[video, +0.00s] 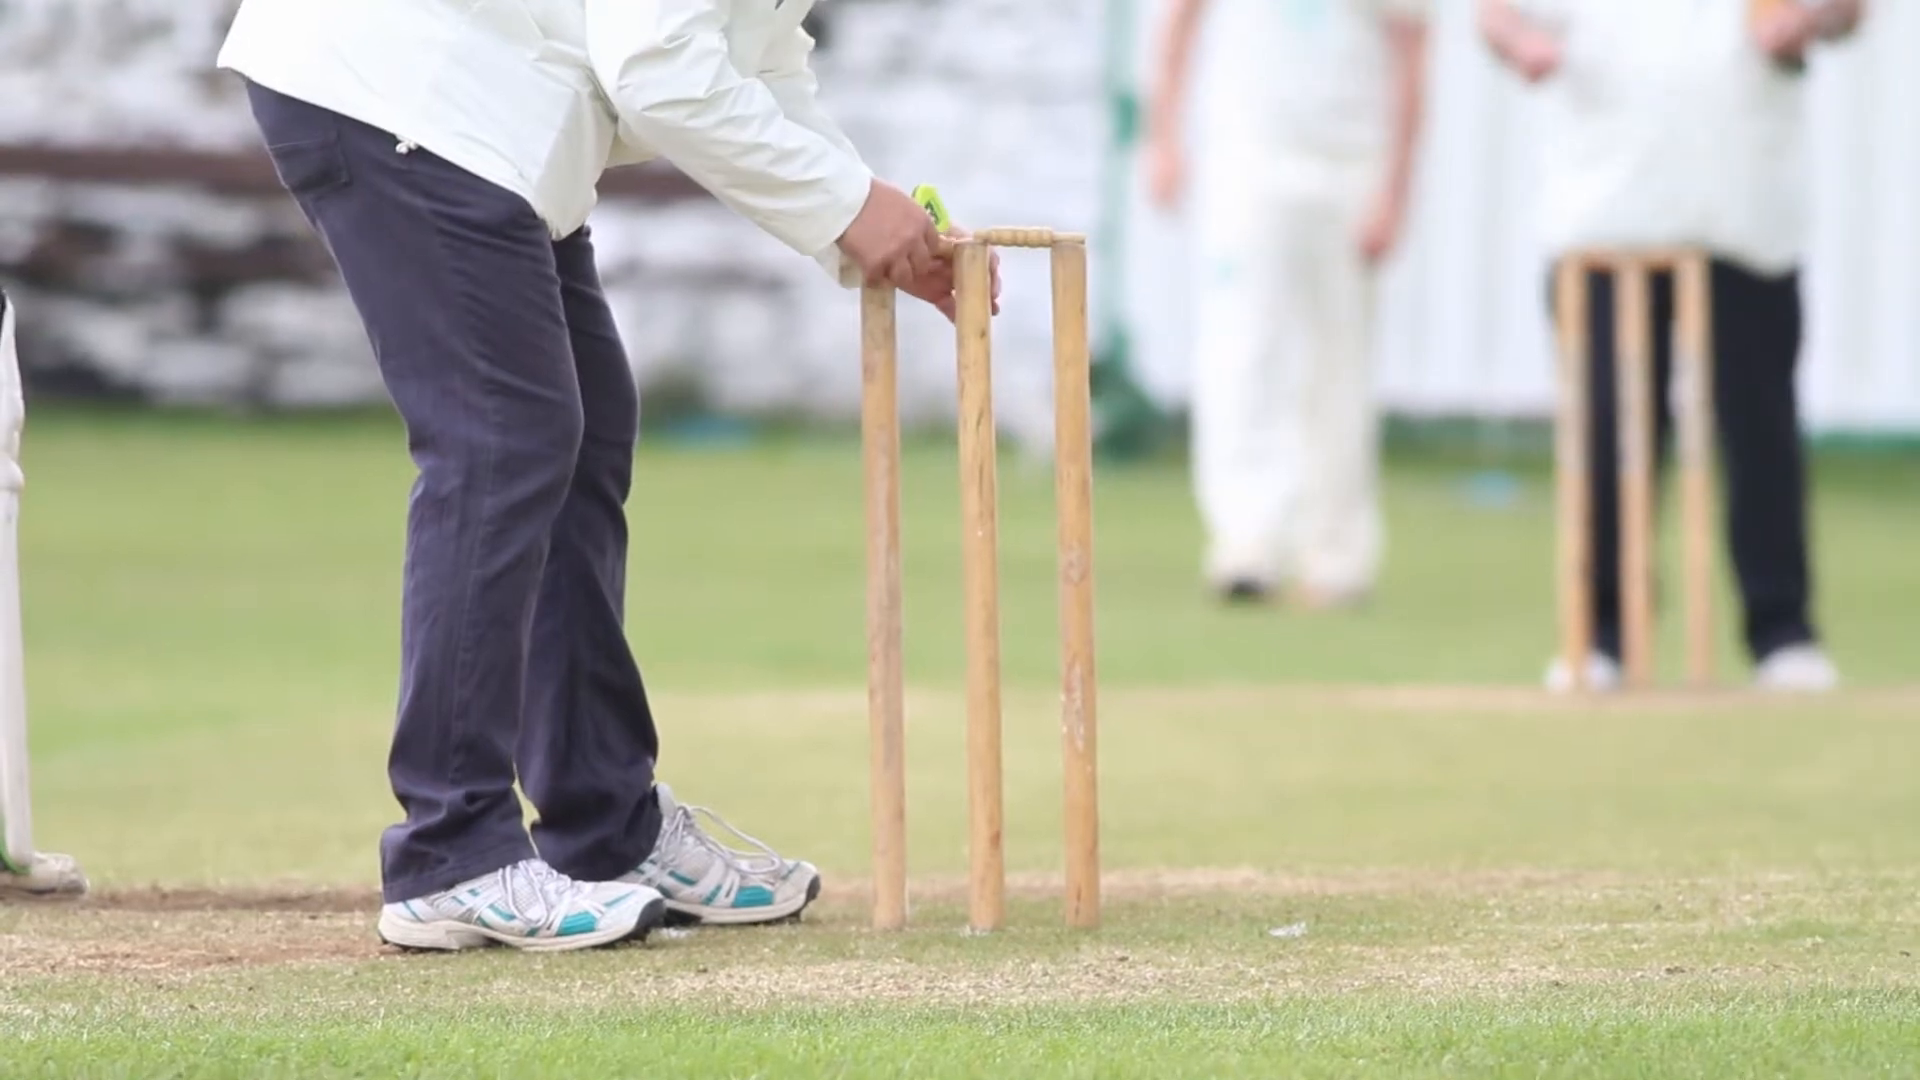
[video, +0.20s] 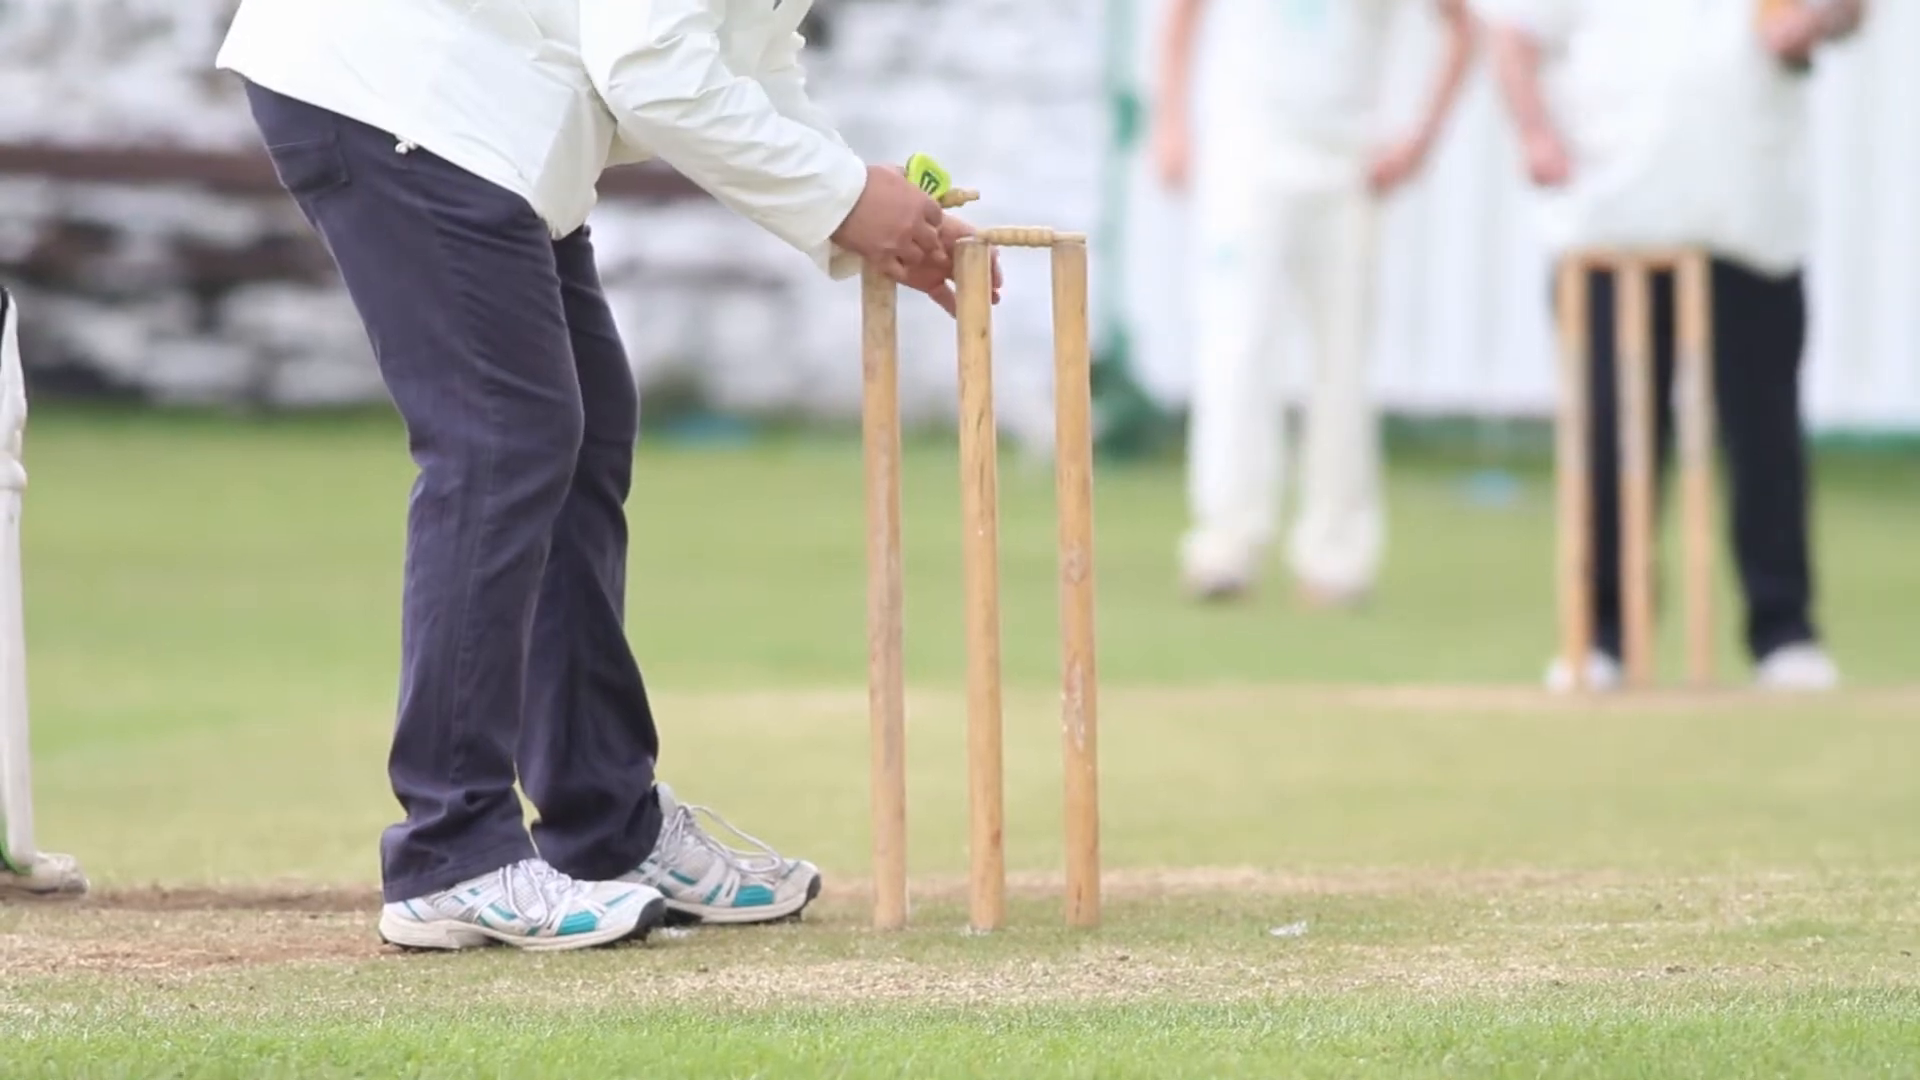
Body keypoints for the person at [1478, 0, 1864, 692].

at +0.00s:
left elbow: (1851, 9)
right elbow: (1490, 8)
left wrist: (1806, 17)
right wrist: (1518, 36)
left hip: (1746, 190)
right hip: (1603, 192)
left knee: (1761, 435)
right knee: (1610, 440)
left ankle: (1784, 641)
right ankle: (1600, 646)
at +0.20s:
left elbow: (1852, 10)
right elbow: (1513, 27)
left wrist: (1809, 20)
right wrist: (1537, 131)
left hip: (1751, 208)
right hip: (1612, 211)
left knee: (1765, 443)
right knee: (1614, 448)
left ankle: (1785, 640)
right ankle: (1601, 645)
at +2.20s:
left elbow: (1856, 10)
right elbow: (1530, 27)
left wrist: (1806, 13)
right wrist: (1518, 165)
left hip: (1751, 199)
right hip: (1615, 200)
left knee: (1761, 428)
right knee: (1631, 439)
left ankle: (1785, 628)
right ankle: (1650, 636)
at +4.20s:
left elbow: (1886, 28)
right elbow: (1633, 24)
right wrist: (1625, 158)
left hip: (1845, 197)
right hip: (1710, 191)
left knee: (1820, 431)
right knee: (1714, 420)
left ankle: (1796, 624)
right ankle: (1690, 622)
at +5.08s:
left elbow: (1854, 7)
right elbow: (1530, 22)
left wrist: (1804, 8)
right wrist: (1513, 160)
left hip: (1751, 193)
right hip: (1610, 192)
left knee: (1759, 421)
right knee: (1619, 427)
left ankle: (1786, 620)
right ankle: (1617, 624)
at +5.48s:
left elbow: (1842, 7)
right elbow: (1498, 6)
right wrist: (1472, 67)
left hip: (1736, 188)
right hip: (1597, 189)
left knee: (1757, 420)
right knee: (1614, 425)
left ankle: (1786, 621)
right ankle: (1615, 624)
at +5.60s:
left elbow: (1819, 12)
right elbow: (1517, 12)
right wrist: (1473, 6)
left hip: (1738, 201)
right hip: (1597, 200)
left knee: (1758, 428)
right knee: (1615, 428)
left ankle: (1786, 619)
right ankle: (1616, 623)